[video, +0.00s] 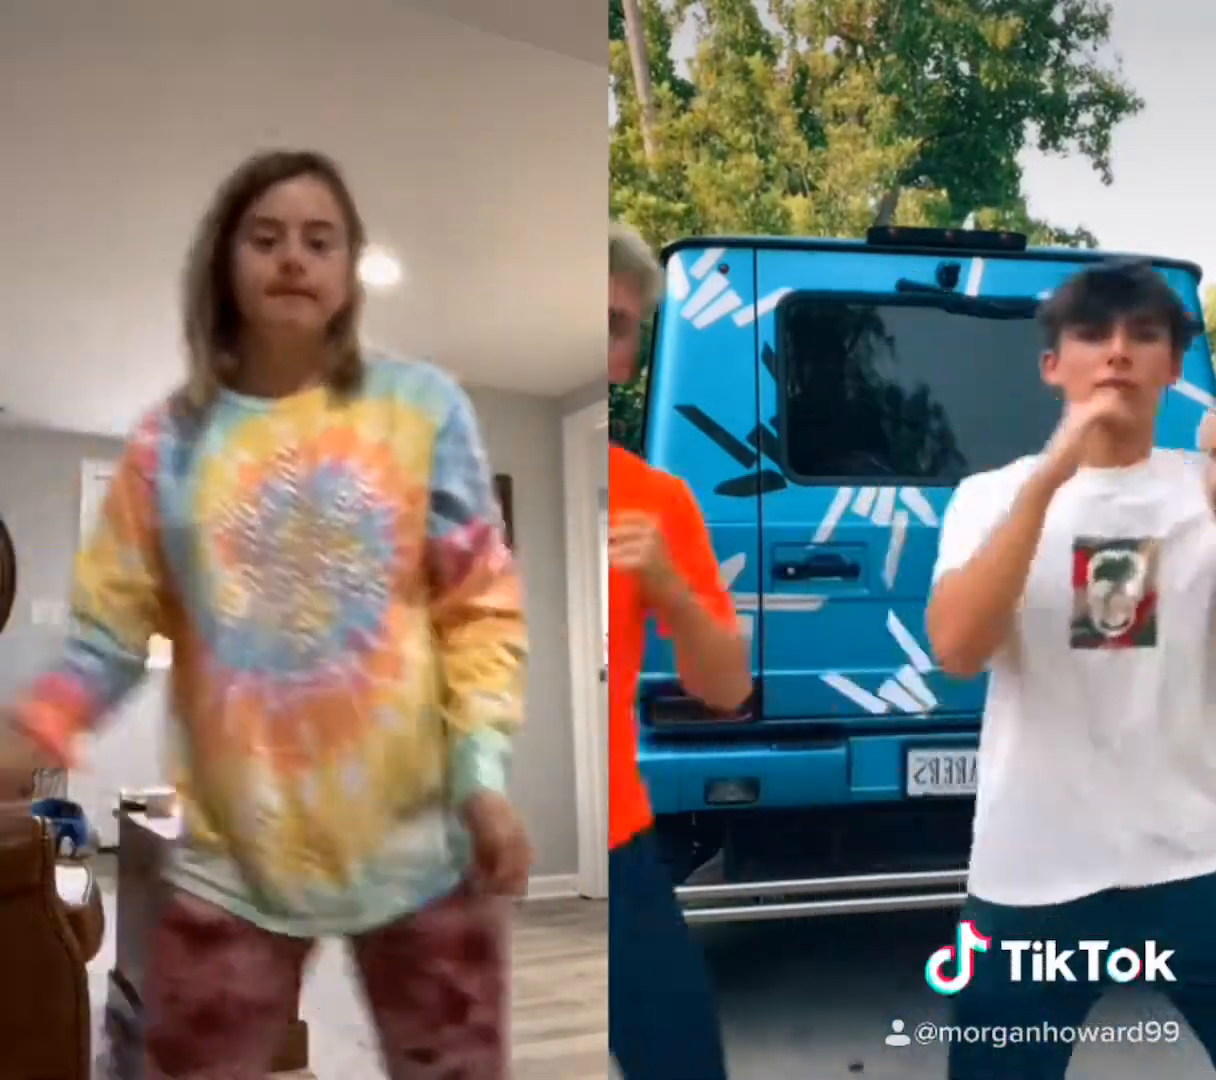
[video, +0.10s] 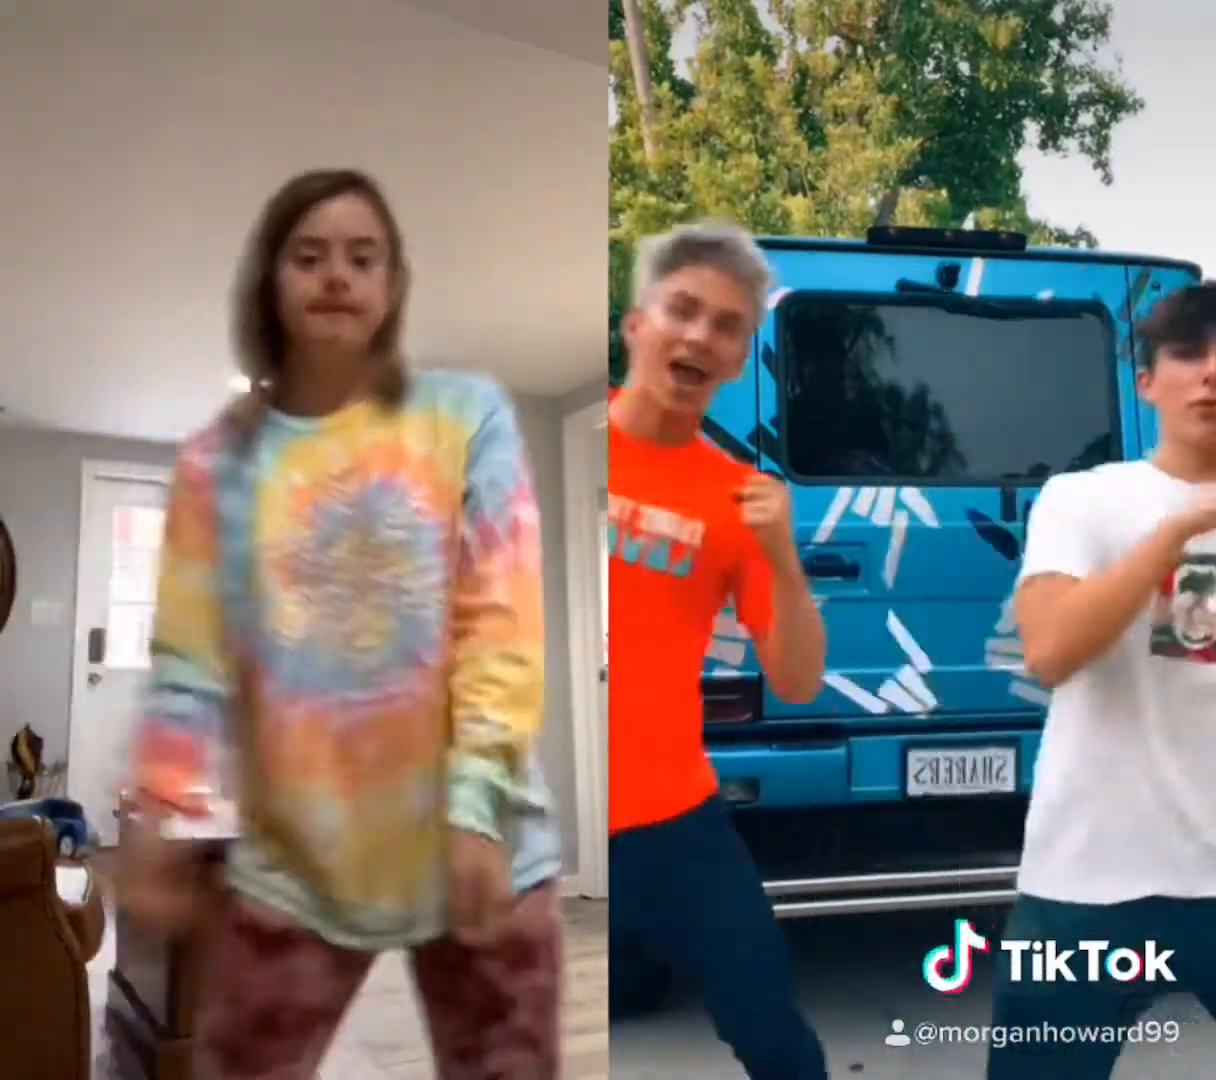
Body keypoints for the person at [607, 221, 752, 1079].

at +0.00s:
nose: (597, 345)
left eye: (617, 327)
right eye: (588, 319)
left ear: (639, 346)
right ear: (553, 319)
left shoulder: (654, 499)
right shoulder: (463, 481)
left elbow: (727, 690)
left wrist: (669, 589)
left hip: (608, 838)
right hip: (469, 832)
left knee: (680, 1051)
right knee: (466, 1056)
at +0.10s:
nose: (698, 339)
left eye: (726, 325)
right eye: (682, 308)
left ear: (745, 355)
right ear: (633, 323)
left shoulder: (738, 494)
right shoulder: (551, 443)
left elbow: (797, 682)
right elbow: (466, 599)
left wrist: (781, 558)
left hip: (666, 815)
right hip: (532, 806)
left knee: (777, 1044)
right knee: (516, 1052)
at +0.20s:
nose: (792, 406)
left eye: (818, 392)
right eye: (777, 376)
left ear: (833, 423)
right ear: (731, 388)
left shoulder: (818, 562)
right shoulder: (628, 469)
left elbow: (842, 741)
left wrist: (879, 626)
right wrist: (590, 537)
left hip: (750, 850)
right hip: (611, 850)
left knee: (834, 1057)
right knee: (585, 1063)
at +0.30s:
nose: (854, 455)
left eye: (879, 441)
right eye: (840, 427)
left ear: (895, 466)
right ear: (795, 435)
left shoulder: (854, 612)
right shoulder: (679, 501)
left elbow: (844, 778)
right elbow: (552, 596)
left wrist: (924, 714)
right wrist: (659, 587)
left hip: (788, 867)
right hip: (651, 874)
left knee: (868, 1055)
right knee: (657, 1067)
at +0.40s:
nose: (885, 447)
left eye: (909, 433)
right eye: (870, 420)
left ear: (925, 457)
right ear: (826, 429)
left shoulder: (877, 601)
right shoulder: (716, 482)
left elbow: (832, 750)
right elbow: (564, 556)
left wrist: (916, 701)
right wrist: (690, 569)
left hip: (789, 849)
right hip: (657, 851)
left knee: (861, 1047)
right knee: (684, 1069)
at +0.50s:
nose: (892, 447)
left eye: (916, 432)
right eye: (876, 420)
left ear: (933, 454)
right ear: (833, 428)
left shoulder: (883, 594)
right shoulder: (724, 480)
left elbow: (823, 730)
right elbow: (572, 553)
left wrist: (908, 709)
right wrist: (692, 578)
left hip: (784, 839)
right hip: (654, 837)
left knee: (859, 1037)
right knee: (677, 1067)